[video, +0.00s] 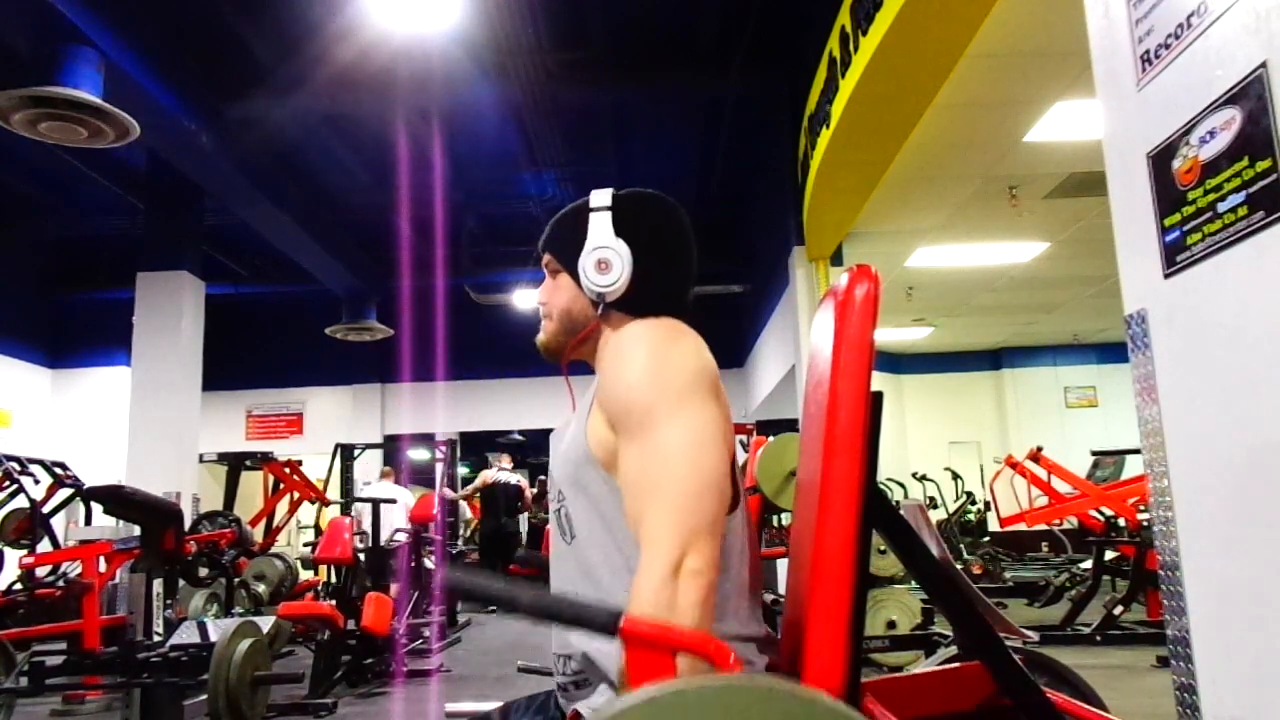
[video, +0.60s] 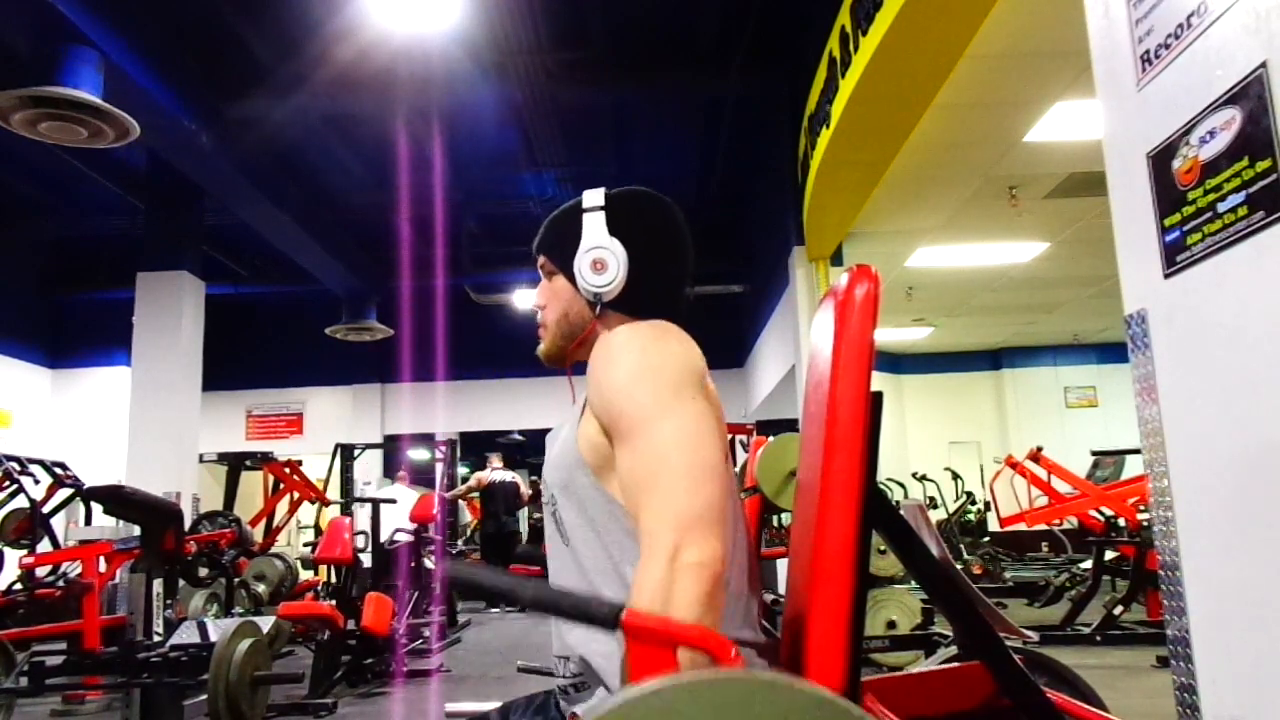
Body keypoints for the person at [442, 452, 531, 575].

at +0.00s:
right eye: (511, 464)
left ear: (495, 464)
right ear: (511, 465)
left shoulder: (487, 474)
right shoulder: (521, 480)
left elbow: (469, 491)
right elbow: (527, 506)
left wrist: (454, 496)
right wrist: (514, 512)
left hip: (489, 529)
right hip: (511, 531)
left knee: (488, 567)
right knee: (505, 569)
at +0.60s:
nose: (487, 466)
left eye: (487, 464)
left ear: (488, 464)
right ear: (502, 464)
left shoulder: (481, 475)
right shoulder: (514, 476)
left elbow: (464, 490)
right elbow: (525, 497)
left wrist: (446, 496)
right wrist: (513, 508)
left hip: (490, 526)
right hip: (510, 526)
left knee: (490, 564)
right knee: (505, 565)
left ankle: (494, 603)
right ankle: (509, 601)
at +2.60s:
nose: (497, 463)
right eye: (498, 461)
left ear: (484, 462)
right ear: (499, 462)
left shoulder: (476, 476)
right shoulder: (510, 476)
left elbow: (462, 493)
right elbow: (520, 498)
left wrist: (446, 499)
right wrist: (511, 510)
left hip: (486, 529)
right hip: (508, 529)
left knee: (488, 567)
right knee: (513, 564)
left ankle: (493, 604)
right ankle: (515, 601)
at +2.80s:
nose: (504, 462)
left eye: (498, 459)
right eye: (505, 460)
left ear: (492, 461)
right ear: (507, 462)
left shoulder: (482, 475)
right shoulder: (517, 478)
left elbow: (465, 491)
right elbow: (525, 501)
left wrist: (448, 499)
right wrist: (514, 511)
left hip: (489, 530)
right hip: (511, 529)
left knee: (490, 567)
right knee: (515, 565)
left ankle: (493, 604)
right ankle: (520, 602)